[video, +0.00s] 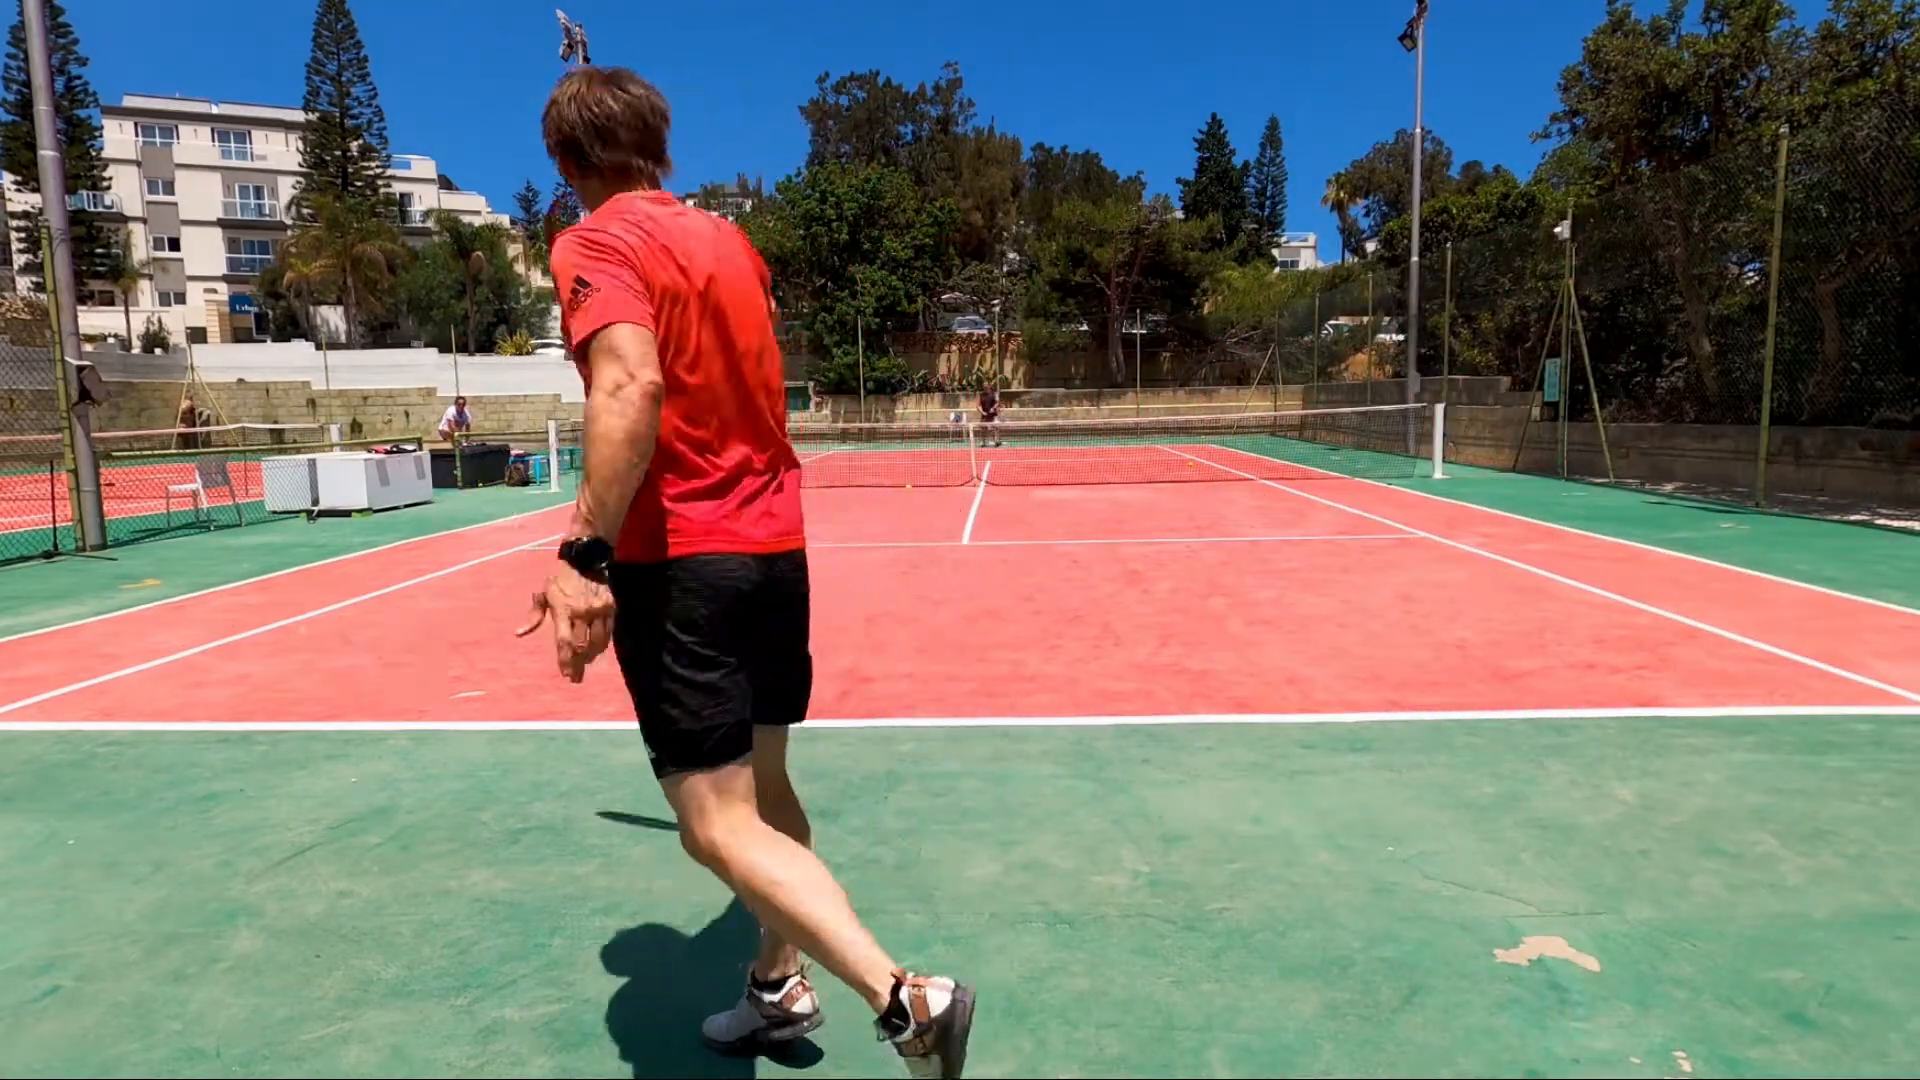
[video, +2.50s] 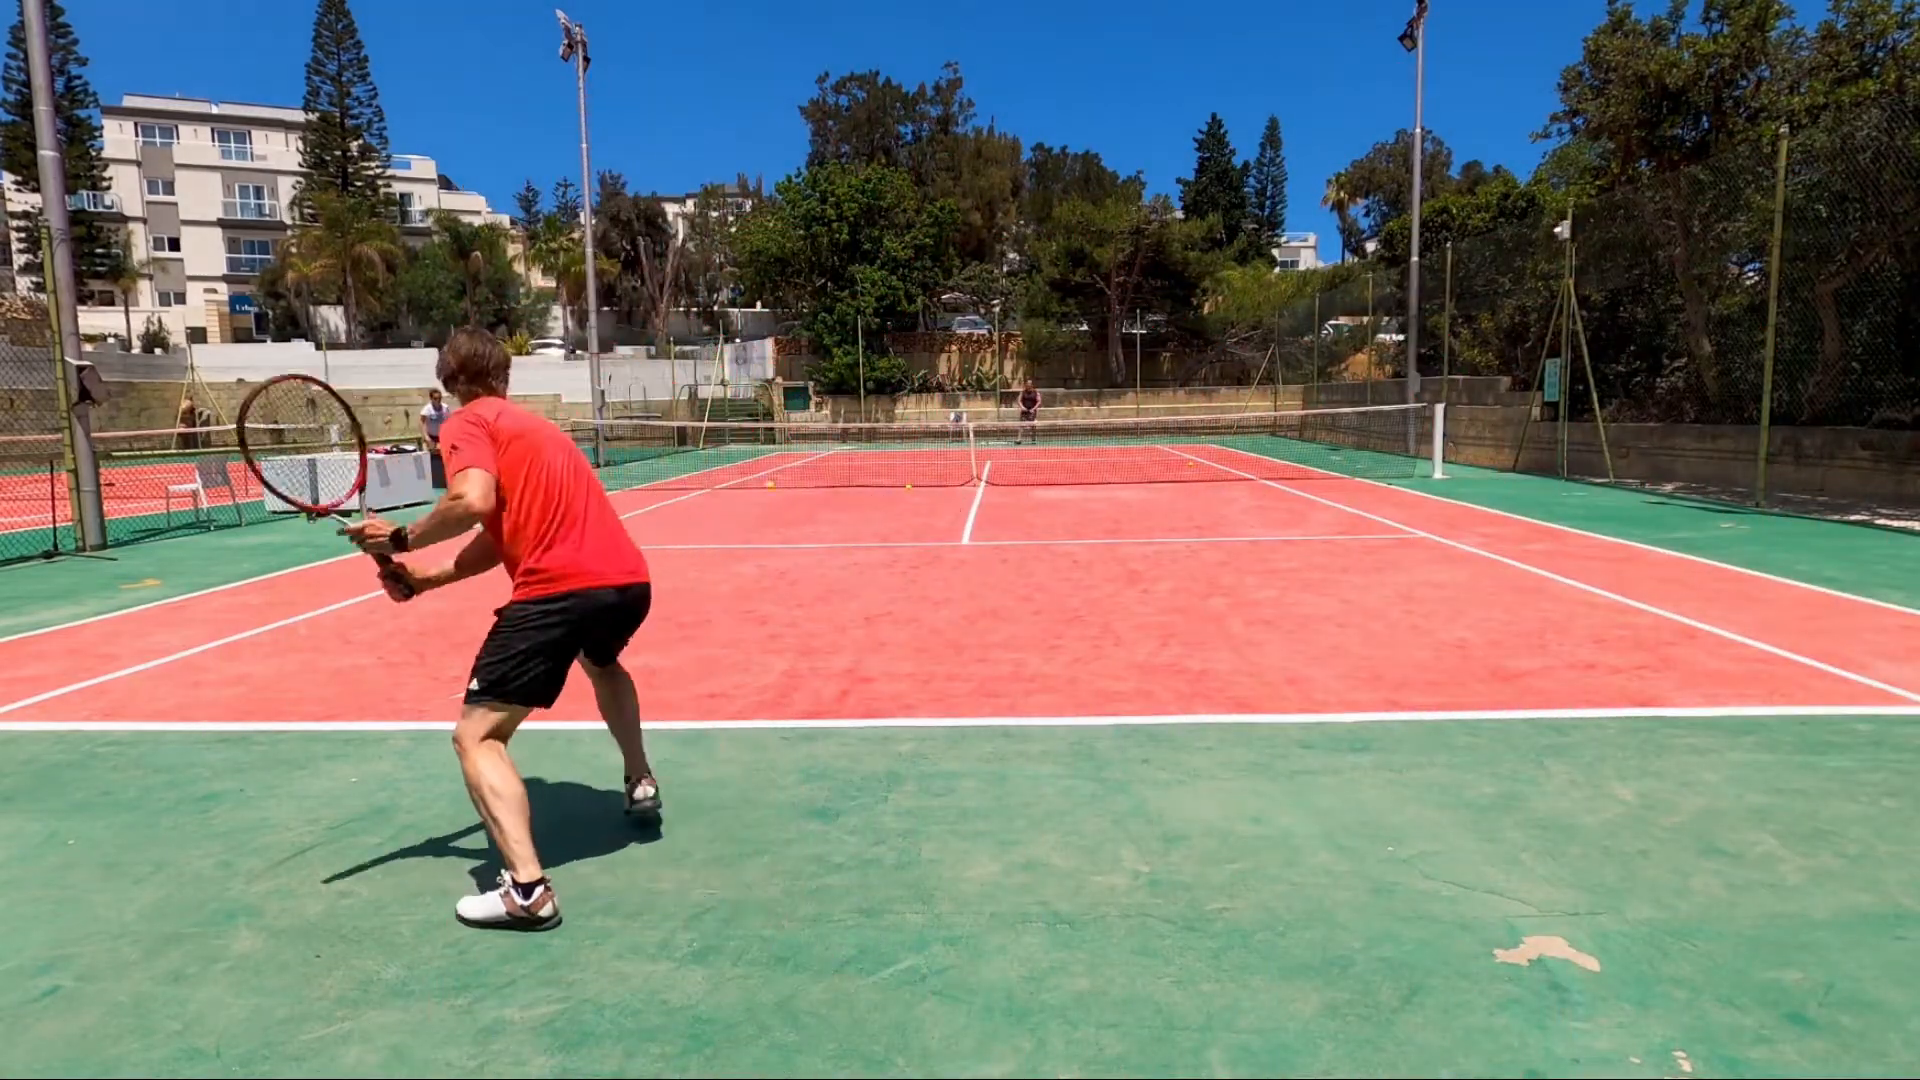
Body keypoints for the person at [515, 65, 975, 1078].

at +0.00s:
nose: (561, 179)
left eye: (558, 165)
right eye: (564, 165)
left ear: (570, 162)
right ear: (658, 148)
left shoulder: (596, 242)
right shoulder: (729, 239)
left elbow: (630, 384)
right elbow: (750, 396)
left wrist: (585, 551)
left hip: (683, 567)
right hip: (776, 558)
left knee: (717, 825)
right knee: (766, 781)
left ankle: (902, 997)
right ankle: (778, 992)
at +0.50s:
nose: (583, 265)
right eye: (580, 253)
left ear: (483, 272)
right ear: (570, 258)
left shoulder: (445, 386)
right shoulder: (640, 350)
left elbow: (363, 546)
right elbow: (775, 445)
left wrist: (321, 649)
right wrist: (866, 469)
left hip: (518, 666)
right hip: (652, 647)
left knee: (482, 865)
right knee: (718, 794)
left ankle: (456, 1071)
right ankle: (732, 1002)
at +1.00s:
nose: (724, 250)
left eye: (717, 239)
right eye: (724, 239)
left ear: (636, 239)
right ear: (713, 242)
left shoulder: (572, 324)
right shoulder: (747, 336)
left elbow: (500, 451)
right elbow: (792, 485)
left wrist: (569, 509)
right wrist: (727, 538)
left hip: (583, 597)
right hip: (699, 603)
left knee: (555, 765)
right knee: (754, 787)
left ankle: (509, 957)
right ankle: (738, 1010)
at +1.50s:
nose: (663, 238)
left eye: (654, 227)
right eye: (661, 227)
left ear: (579, 234)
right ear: (650, 232)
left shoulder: (529, 320)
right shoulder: (673, 319)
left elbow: (485, 433)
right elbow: (731, 433)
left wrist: (549, 472)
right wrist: (694, 487)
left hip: (558, 556)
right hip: (652, 549)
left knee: (572, 703)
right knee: (725, 708)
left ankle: (548, 874)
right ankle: (730, 901)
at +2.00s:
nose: (637, 299)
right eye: (636, 290)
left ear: (566, 292)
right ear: (634, 294)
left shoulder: (518, 366)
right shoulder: (668, 377)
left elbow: (469, 472)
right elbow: (690, 494)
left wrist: (535, 502)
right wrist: (638, 526)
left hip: (542, 582)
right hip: (639, 579)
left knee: (515, 714)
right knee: (704, 713)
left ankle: (482, 861)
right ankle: (720, 867)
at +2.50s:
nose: (439, 393)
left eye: (440, 383)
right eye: (441, 384)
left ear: (451, 382)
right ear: (501, 381)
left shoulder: (465, 424)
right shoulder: (536, 425)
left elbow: (473, 499)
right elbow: (499, 539)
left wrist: (403, 536)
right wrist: (425, 579)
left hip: (554, 593)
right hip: (627, 582)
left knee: (477, 736)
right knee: (602, 656)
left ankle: (527, 885)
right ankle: (641, 781)